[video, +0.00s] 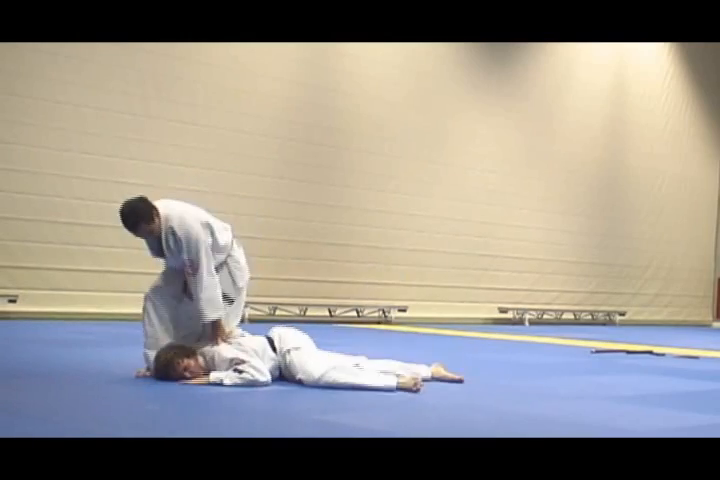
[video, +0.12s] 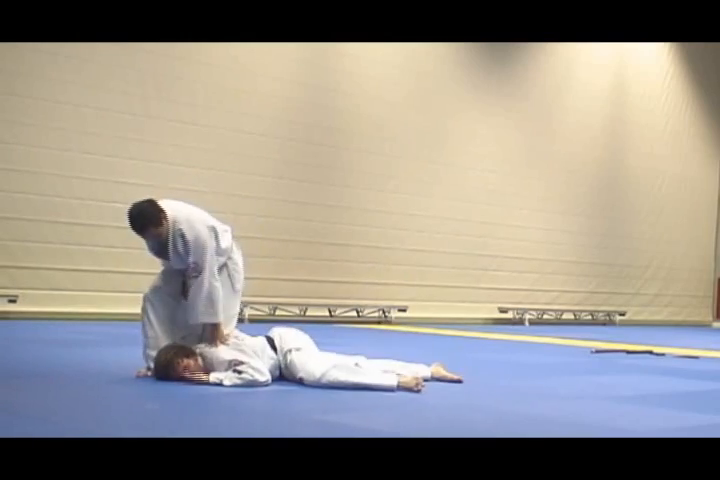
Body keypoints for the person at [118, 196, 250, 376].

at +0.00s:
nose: (144, 236)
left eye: (145, 231)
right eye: (139, 234)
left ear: (153, 219)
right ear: (133, 231)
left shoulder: (187, 226)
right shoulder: (151, 226)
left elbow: (204, 274)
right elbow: (170, 256)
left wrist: (215, 320)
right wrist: (183, 276)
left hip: (223, 264)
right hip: (182, 268)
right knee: (155, 300)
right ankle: (158, 364)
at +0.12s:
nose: (151, 239)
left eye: (154, 234)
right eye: (146, 236)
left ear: (163, 222)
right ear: (141, 232)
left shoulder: (195, 230)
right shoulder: (150, 231)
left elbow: (207, 278)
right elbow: (166, 258)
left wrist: (215, 323)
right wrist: (183, 277)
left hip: (219, 264)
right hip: (179, 268)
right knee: (153, 301)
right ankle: (155, 363)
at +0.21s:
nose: (158, 240)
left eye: (161, 234)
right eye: (152, 236)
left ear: (168, 221)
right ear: (144, 232)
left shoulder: (198, 229)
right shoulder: (148, 229)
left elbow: (209, 278)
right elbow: (162, 258)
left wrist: (215, 321)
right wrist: (185, 278)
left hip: (218, 265)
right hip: (178, 268)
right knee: (153, 302)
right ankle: (154, 363)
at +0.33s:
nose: (159, 239)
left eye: (163, 233)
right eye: (153, 235)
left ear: (170, 221)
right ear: (145, 230)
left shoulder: (196, 229)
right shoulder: (146, 228)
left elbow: (211, 277)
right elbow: (158, 258)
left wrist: (218, 324)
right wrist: (184, 277)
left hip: (215, 265)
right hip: (175, 268)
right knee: (149, 301)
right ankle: (155, 363)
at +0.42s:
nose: (159, 233)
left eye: (163, 227)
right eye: (153, 229)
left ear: (171, 217)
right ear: (146, 226)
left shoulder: (195, 226)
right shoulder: (143, 229)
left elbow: (213, 271)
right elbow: (155, 266)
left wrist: (219, 319)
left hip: (205, 269)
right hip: (169, 270)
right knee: (145, 301)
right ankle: (156, 364)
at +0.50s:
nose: (162, 224)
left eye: (166, 219)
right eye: (156, 221)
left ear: (173, 210)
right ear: (148, 218)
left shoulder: (196, 222)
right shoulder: (138, 229)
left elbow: (218, 263)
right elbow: (147, 264)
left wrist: (215, 301)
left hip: (208, 270)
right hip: (170, 272)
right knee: (143, 299)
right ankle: (154, 365)